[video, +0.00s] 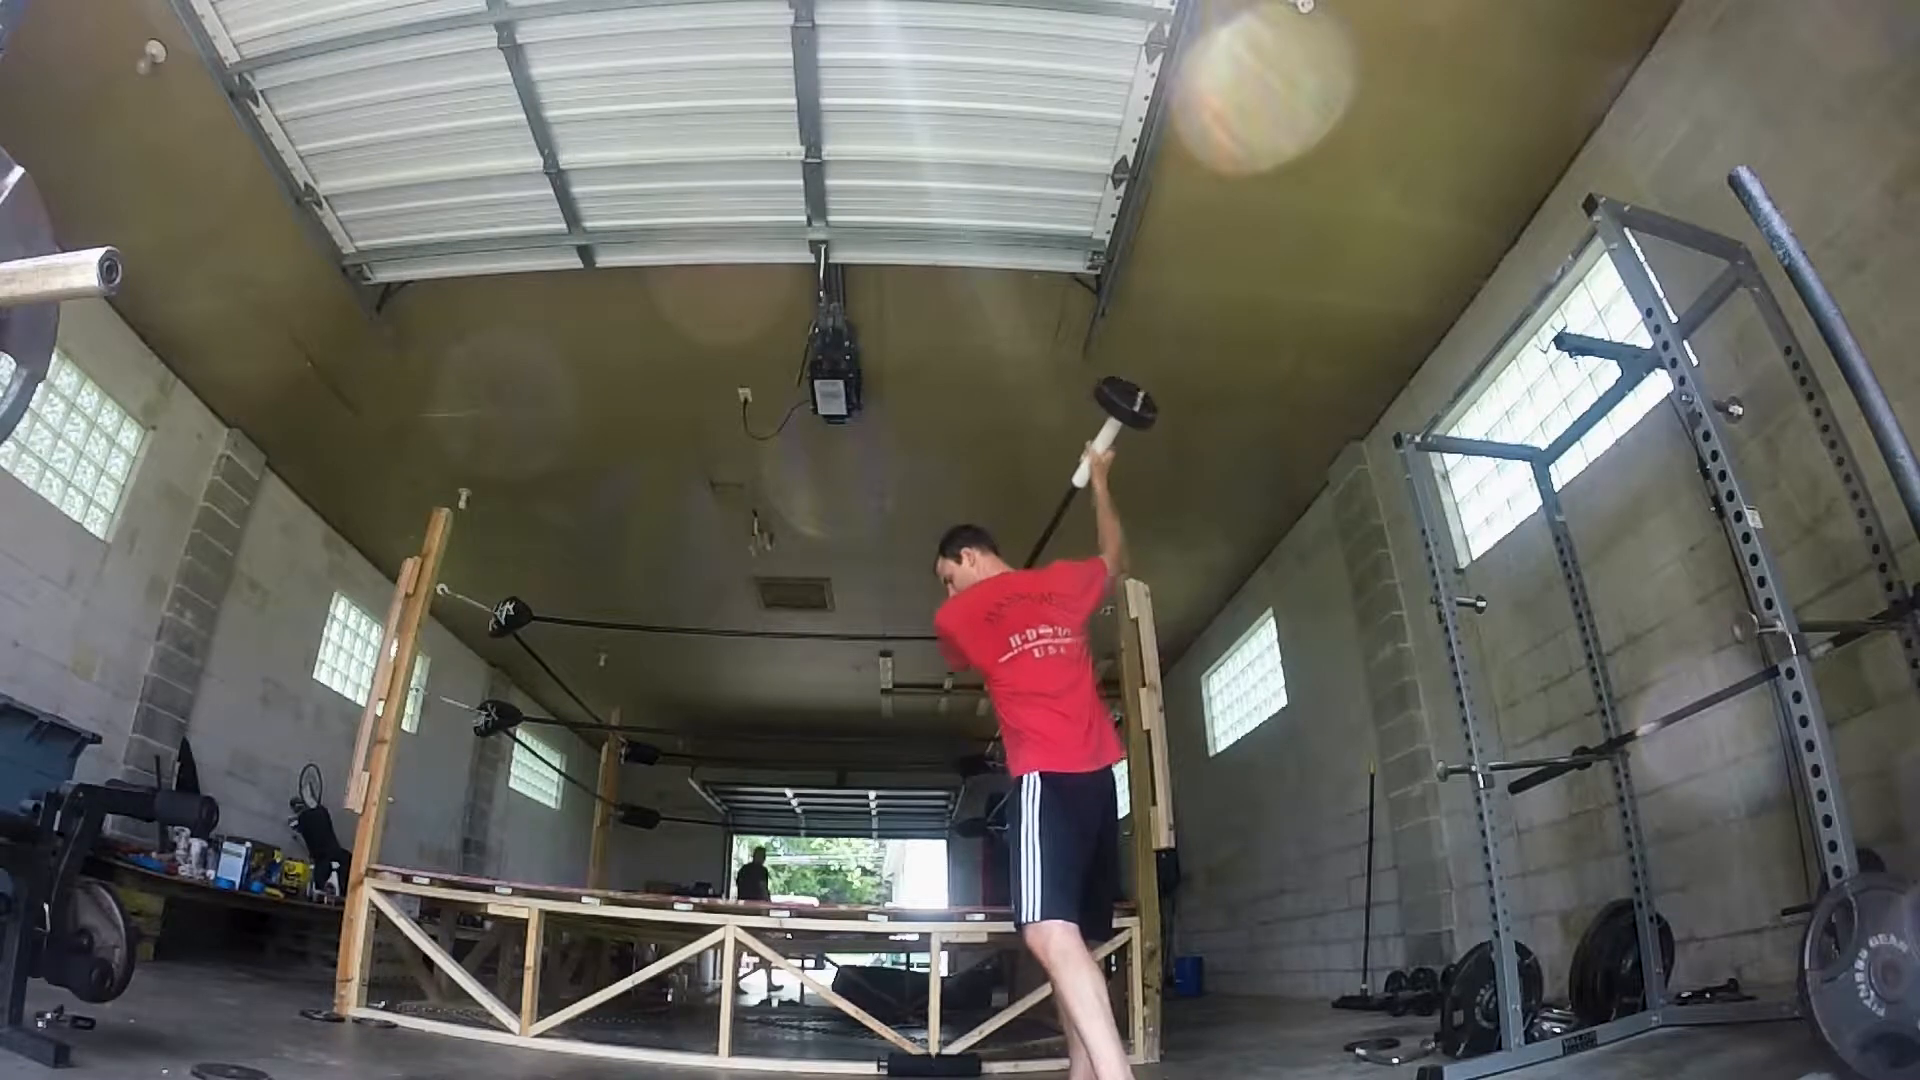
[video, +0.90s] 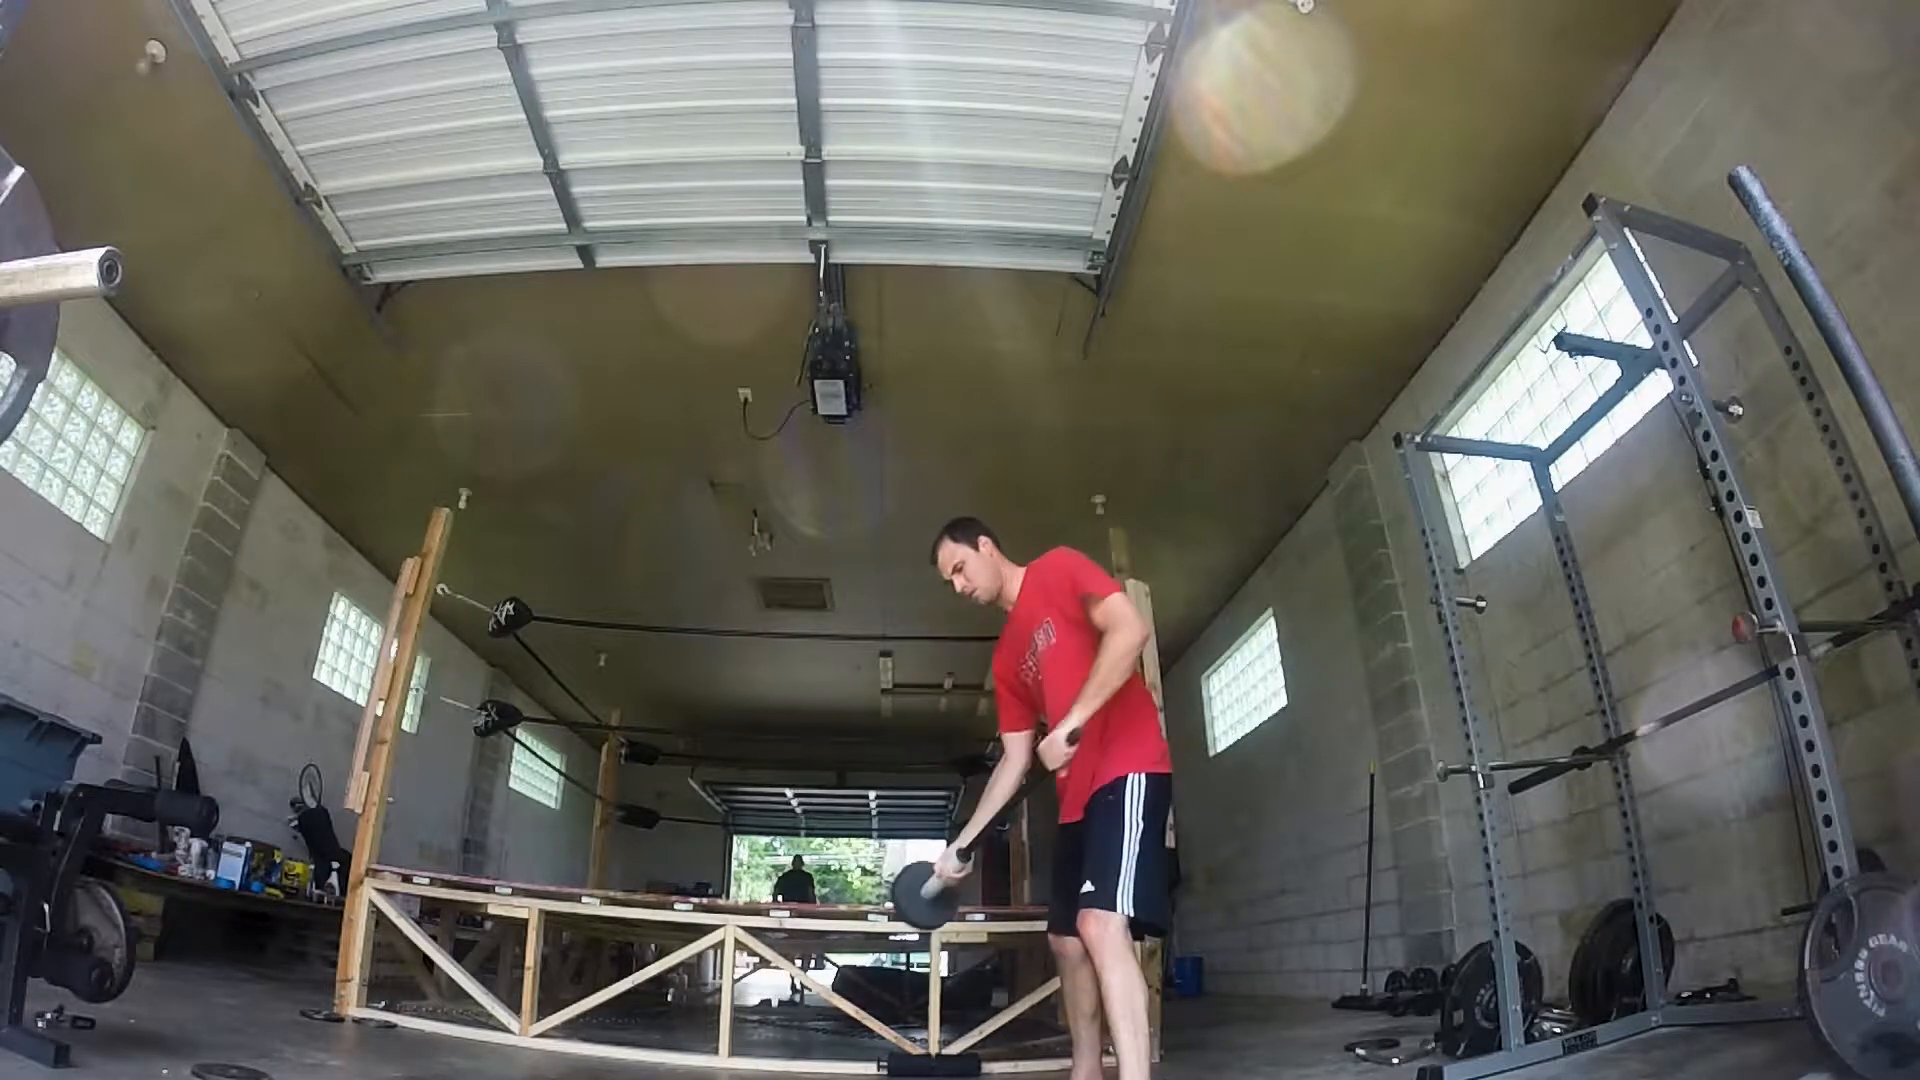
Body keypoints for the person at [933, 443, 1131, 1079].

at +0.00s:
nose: (951, 591)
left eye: (948, 578)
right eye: (947, 582)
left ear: (965, 559)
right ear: (995, 553)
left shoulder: (960, 614)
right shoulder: (1066, 581)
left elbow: (969, 665)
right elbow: (1112, 556)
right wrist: (1100, 481)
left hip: (1049, 778)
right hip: (1100, 773)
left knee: (1050, 934)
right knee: (1072, 936)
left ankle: (1117, 1075)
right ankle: (1083, 1072)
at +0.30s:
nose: (945, 588)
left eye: (943, 576)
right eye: (939, 580)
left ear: (967, 552)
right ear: (982, 549)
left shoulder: (963, 604)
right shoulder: (1061, 585)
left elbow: (930, 691)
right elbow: (1092, 606)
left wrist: (951, 623)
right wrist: (1093, 550)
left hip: (1051, 772)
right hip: (1096, 771)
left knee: (1057, 927)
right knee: (1072, 932)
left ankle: (1119, 1073)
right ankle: (1085, 1072)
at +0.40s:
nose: (945, 587)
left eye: (943, 573)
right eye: (938, 580)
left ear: (970, 548)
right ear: (982, 550)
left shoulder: (968, 600)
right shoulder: (1059, 584)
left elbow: (935, 704)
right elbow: (1090, 642)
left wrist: (961, 702)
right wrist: (1084, 596)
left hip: (1057, 769)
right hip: (1098, 768)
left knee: (1061, 927)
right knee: (1074, 932)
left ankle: (1122, 1074)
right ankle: (1085, 1073)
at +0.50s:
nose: (947, 588)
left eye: (945, 573)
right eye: (940, 581)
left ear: (972, 547)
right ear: (980, 551)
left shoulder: (981, 595)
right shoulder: (1052, 585)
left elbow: (954, 710)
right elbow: (1078, 675)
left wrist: (944, 740)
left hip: (1068, 768)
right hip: (1101, 765)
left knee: (1068, 931)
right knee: (1074, 934)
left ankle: (1124, 1074)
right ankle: (1086, 1073)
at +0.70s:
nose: (952, 588)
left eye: (951, 572)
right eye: (944, 581)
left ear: (980, 549)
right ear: (969, 564)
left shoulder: (1022, 583)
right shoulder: (1029, 591)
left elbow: (1027, 694)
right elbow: (1066, 701)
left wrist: (980, 770)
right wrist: (1022, 762)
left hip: (1103, 768)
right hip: (1087, 772)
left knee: (1081, 930)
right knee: (1068, 933)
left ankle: (1128, 1075)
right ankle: (1087, 1071)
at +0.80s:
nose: (956, 586)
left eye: (956, 570)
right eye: (947, 581)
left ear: (984, 548)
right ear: (959, 578)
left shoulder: (1040, 576)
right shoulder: (1016, 638)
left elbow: (1075, 668)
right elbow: (1036, 734)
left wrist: (1019, 758)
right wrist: (1005, 800)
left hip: (1118, 768)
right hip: (1081, 784)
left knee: (1092, 927)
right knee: (1066, 935)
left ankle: (1131, 1074)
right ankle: (1087, 1072)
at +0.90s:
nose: (958, 584)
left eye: (959, 567)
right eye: (950, 579)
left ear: (987, 545)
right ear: (958, 580)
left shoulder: (1057, 566)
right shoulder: (1007, 655)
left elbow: (1129, 629)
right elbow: (1014, 759)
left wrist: (1070, 724)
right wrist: (960, 843)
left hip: (1128, 766)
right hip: (1078, 788)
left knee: (1102, 924)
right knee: (1067, 939)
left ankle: (1136, 1074)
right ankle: (1087, 1072)